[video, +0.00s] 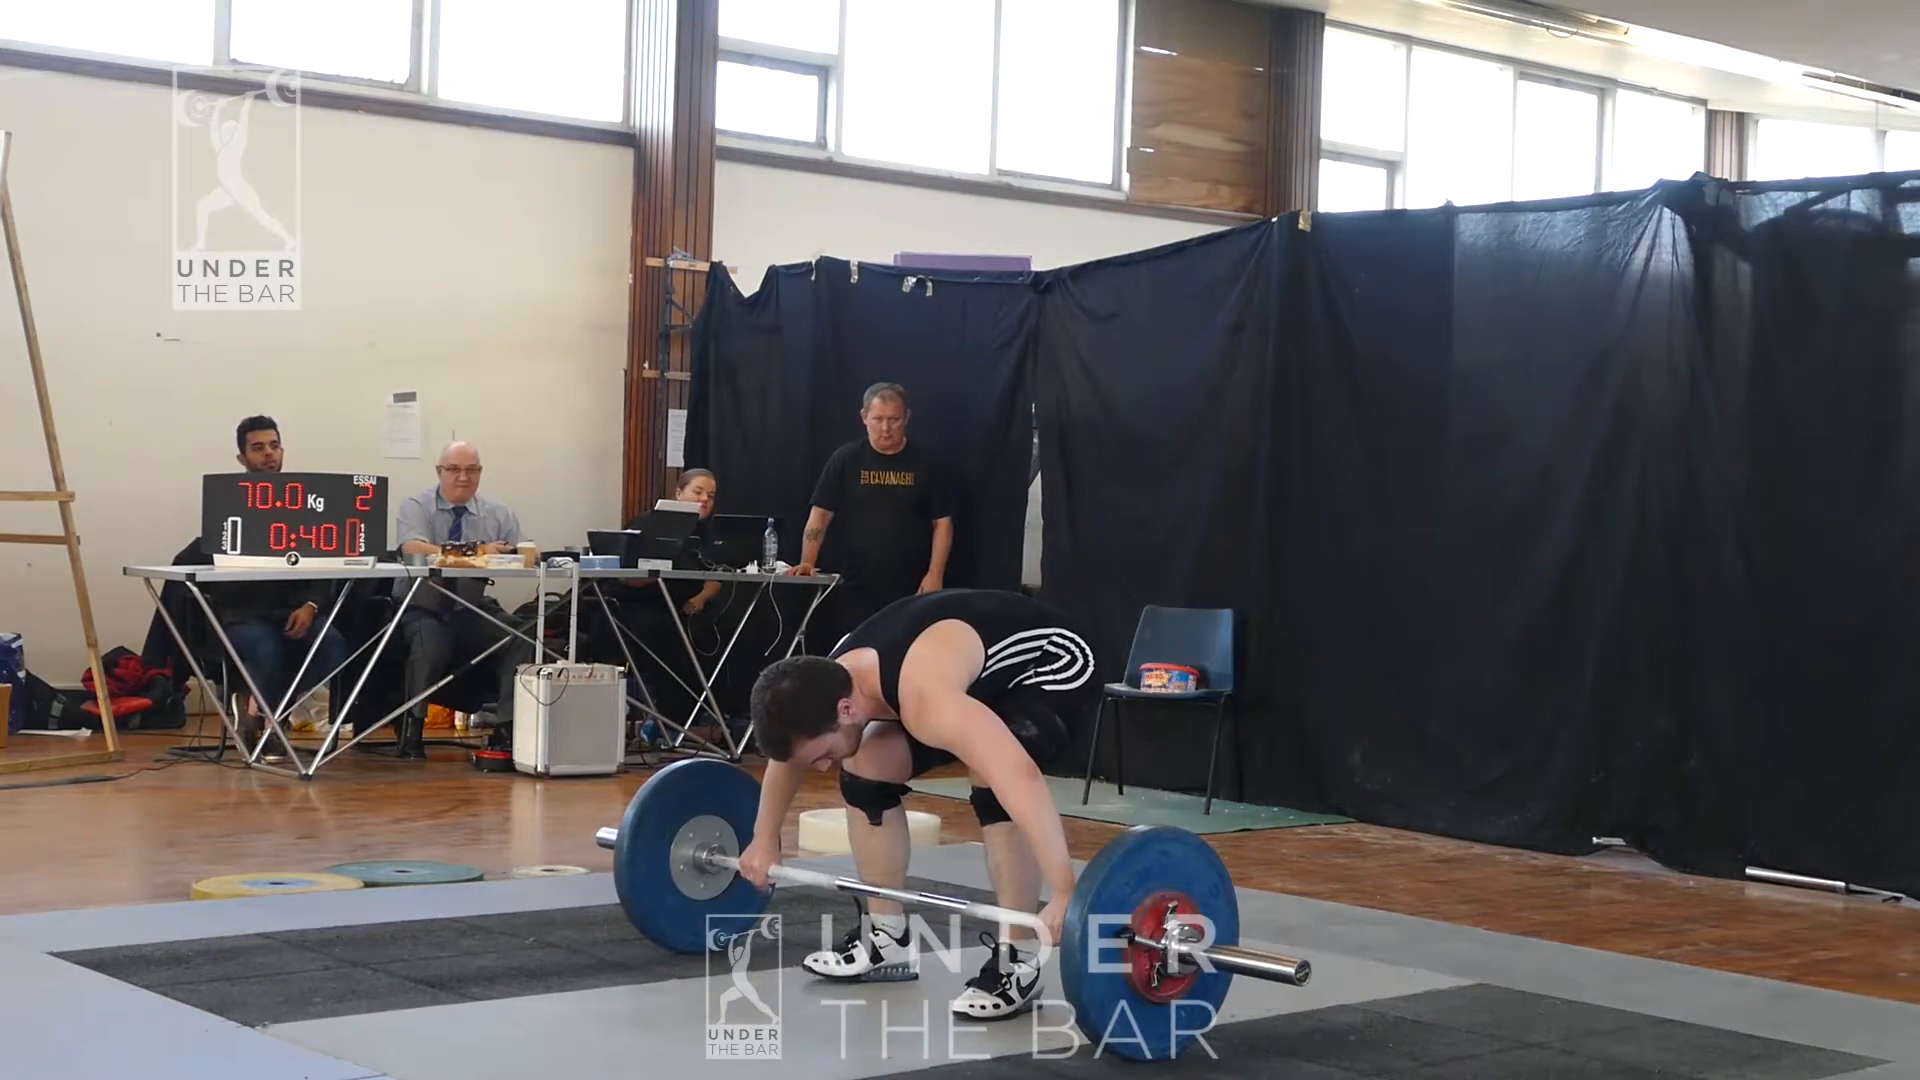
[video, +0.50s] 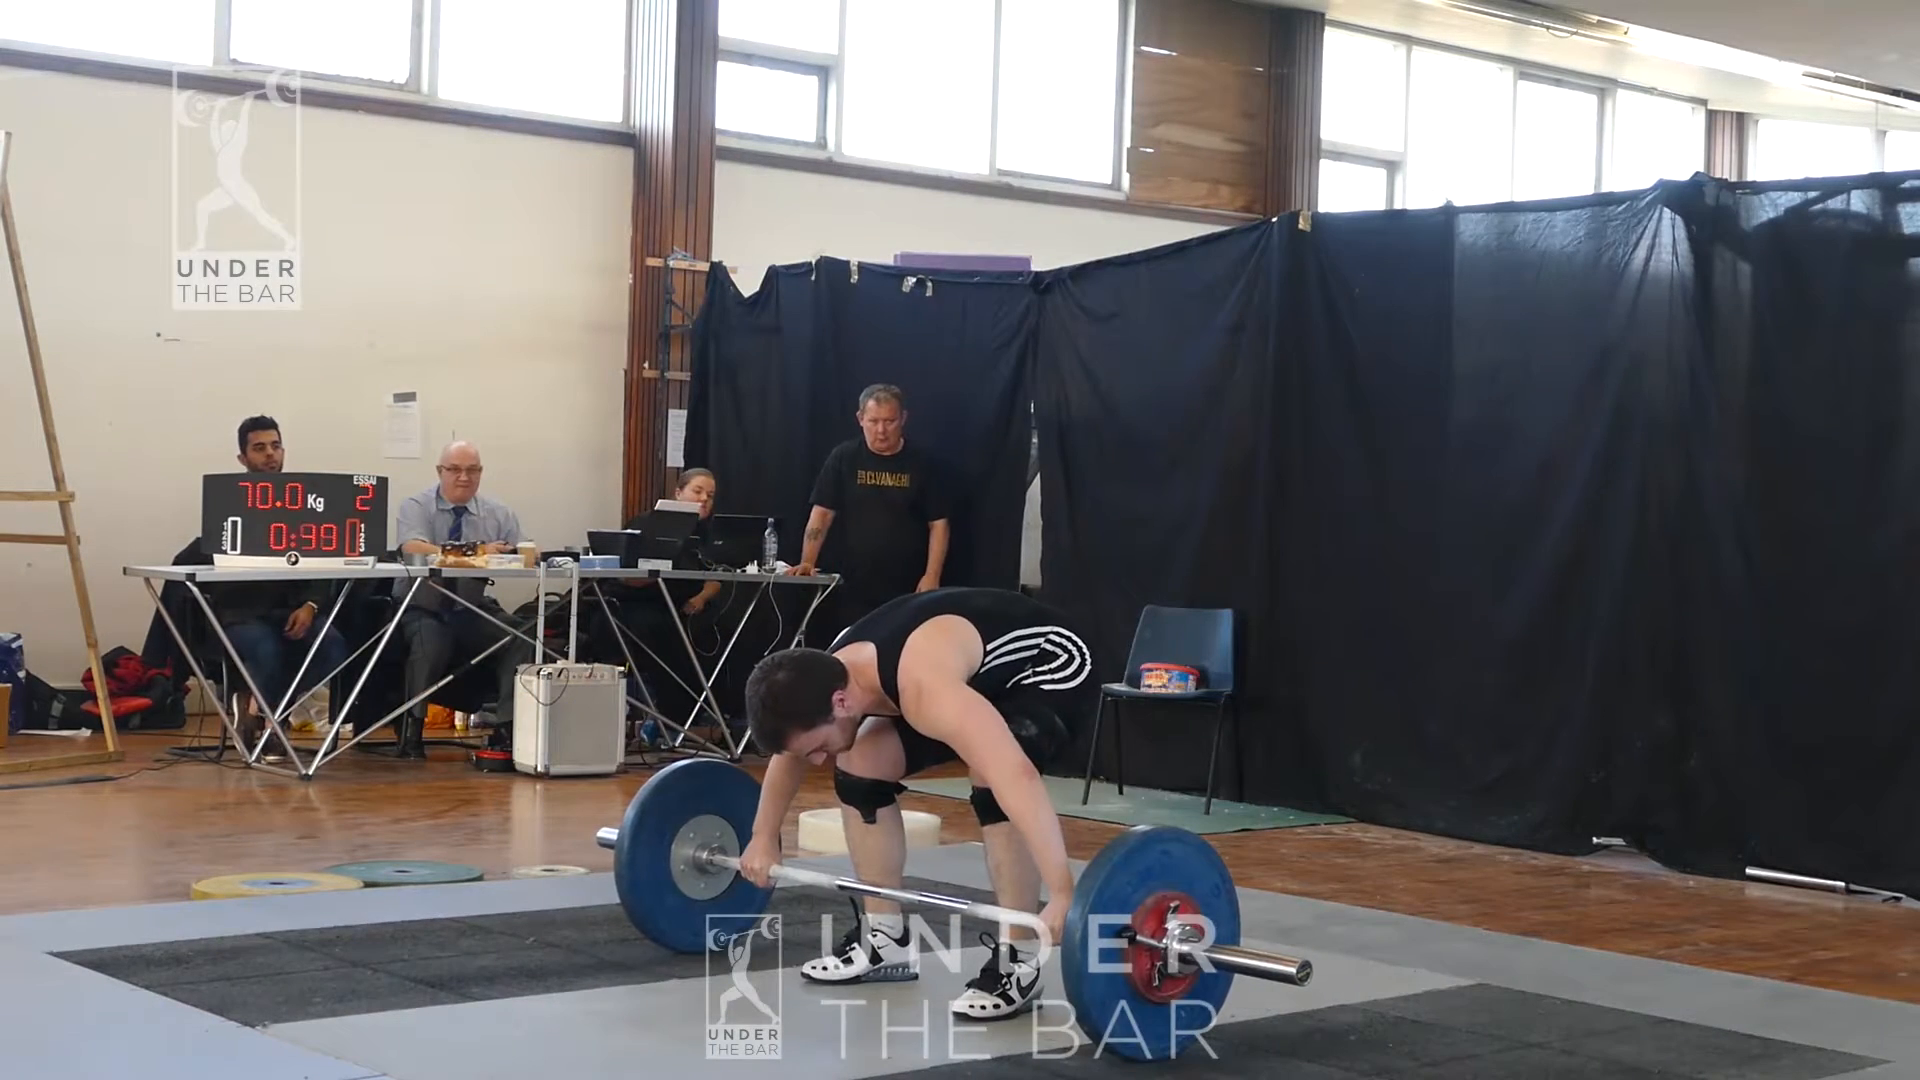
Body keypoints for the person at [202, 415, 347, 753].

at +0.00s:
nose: (269, 453)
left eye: (274, 446)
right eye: (258, 447)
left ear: (282, 450)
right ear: (242, 457)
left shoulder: (301, 497)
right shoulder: (232, 499)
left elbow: (326, 557)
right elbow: (212, 556)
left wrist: (312, 604)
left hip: (293, 608)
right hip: (244, 610)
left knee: (333, 647)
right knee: (267, 649)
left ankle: (254, 707)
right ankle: (272, 729)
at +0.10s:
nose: (269, 453)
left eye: (274, 445)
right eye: (258, 447)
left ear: (282, 450)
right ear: (242, 457)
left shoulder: (301, 497)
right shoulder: (232, 499)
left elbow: (327, 557)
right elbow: (212, 556)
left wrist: (312, 604)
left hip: (293, 608)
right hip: (244, 610)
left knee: (333, 647)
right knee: (266, 649)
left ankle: (255, 706)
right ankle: (273, 729)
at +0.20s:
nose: (269, 454)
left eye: (274, 446)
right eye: (259, 447)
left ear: (282, 450)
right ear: (242, 457)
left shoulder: (301, 497)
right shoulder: (232, 499)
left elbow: (328, 558)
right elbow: (213, 556)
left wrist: (312, 605)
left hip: (293, 608)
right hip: (244, 610)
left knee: (332, 646)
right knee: (266, 648)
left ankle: (256, 707)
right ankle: (272, 729)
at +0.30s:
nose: (270, 454)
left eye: (275, 446)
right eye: (259, 447)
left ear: (283, 450)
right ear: (243, 457)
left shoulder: (300, 497)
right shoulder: (232, 499)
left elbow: (324, 557)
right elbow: (212, 555)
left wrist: (311, 604)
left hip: (292, 608)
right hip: (243, 610)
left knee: (333, 647)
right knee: (266, 648)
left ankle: (253, 707)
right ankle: (272, 728)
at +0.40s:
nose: (270, 454)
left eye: (276, 446)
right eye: (260, 448)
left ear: (283, 450)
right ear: (243, 457)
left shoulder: (301, 497)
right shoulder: (232, 499)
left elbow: (324, 558)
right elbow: (203, 557)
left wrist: (311, 605)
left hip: (291, 608)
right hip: (243, 610)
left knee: (332, 646)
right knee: (267, 648)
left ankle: (251, 706)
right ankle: (274, 727)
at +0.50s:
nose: (270, 454)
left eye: (276, 446)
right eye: (260, 448)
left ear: (283, 450)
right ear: (243, 457)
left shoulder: (301, 497)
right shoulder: (232, 499)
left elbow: (324, 558)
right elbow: (202, 558)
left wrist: (311, 605)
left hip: (291, 608)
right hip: (243, 610)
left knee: (332, 646)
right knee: (266, 647)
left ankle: (252, 706)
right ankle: (274, 727)